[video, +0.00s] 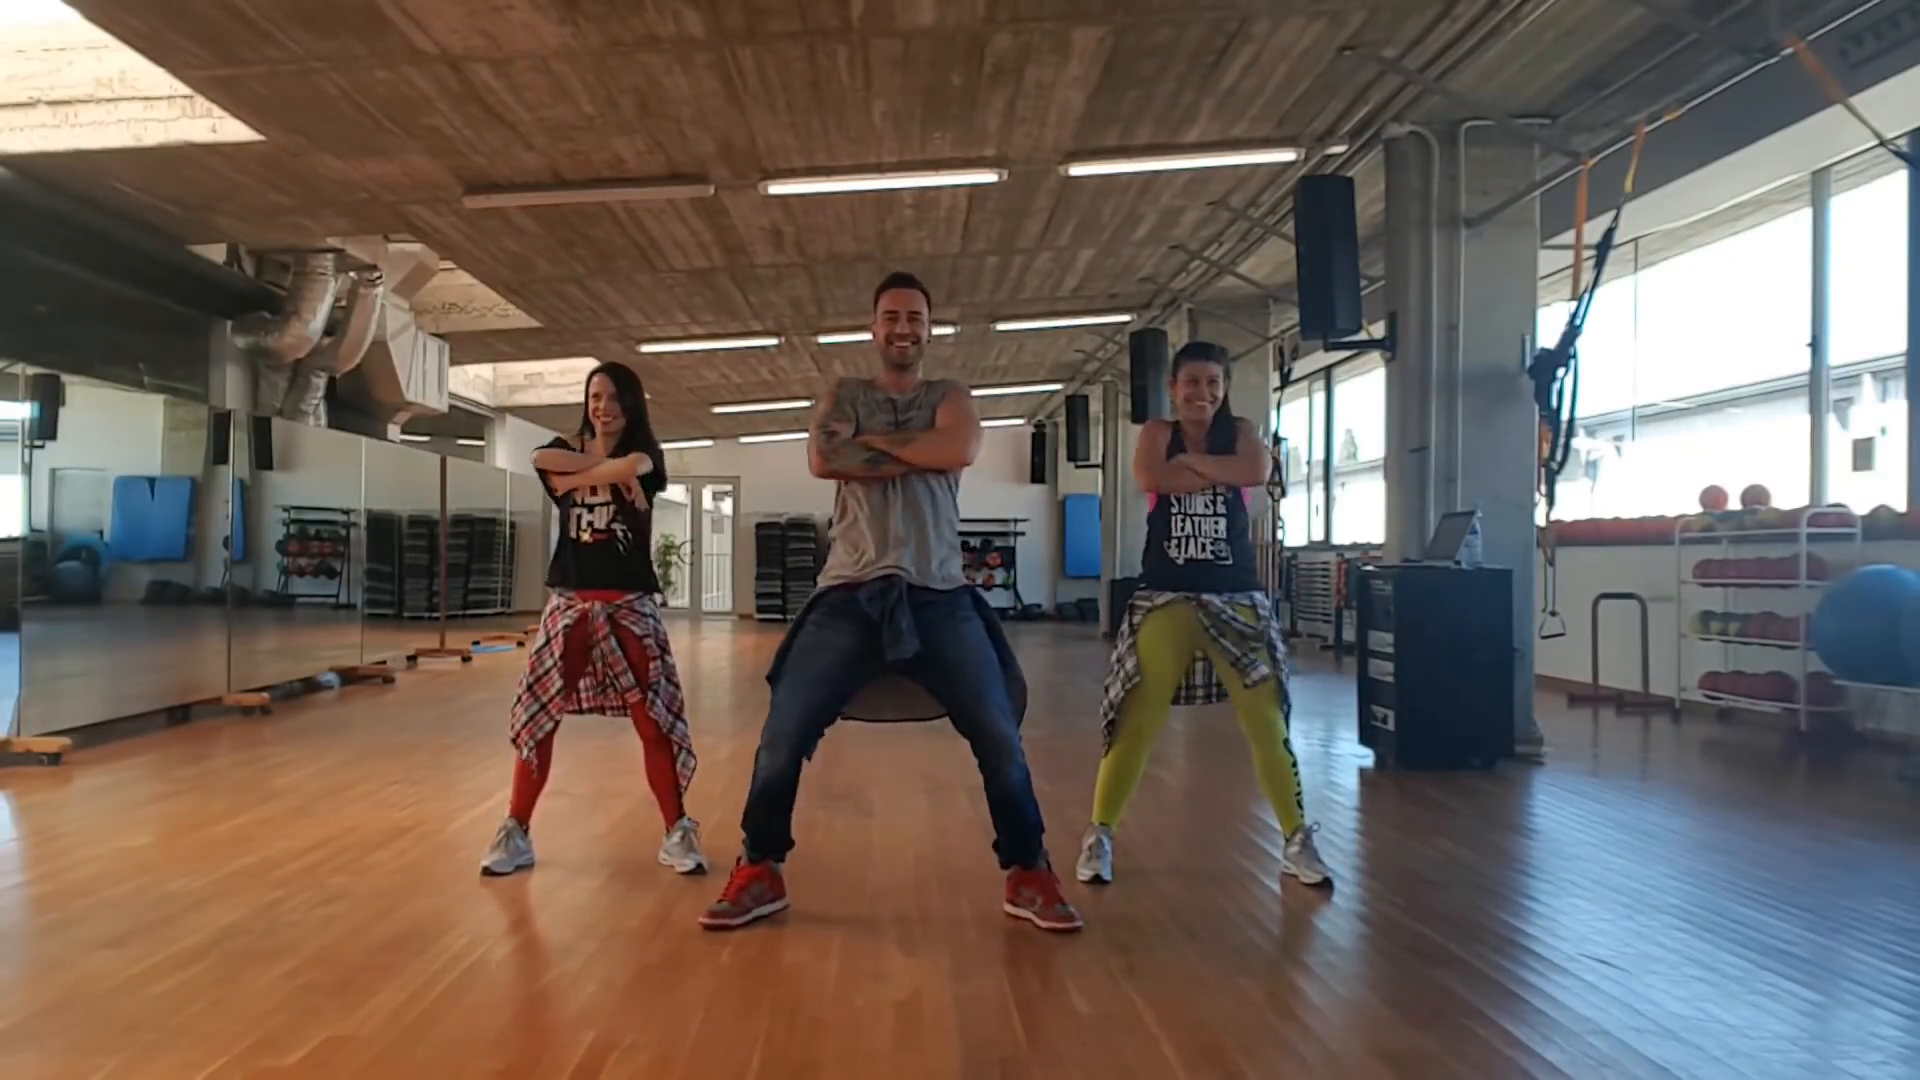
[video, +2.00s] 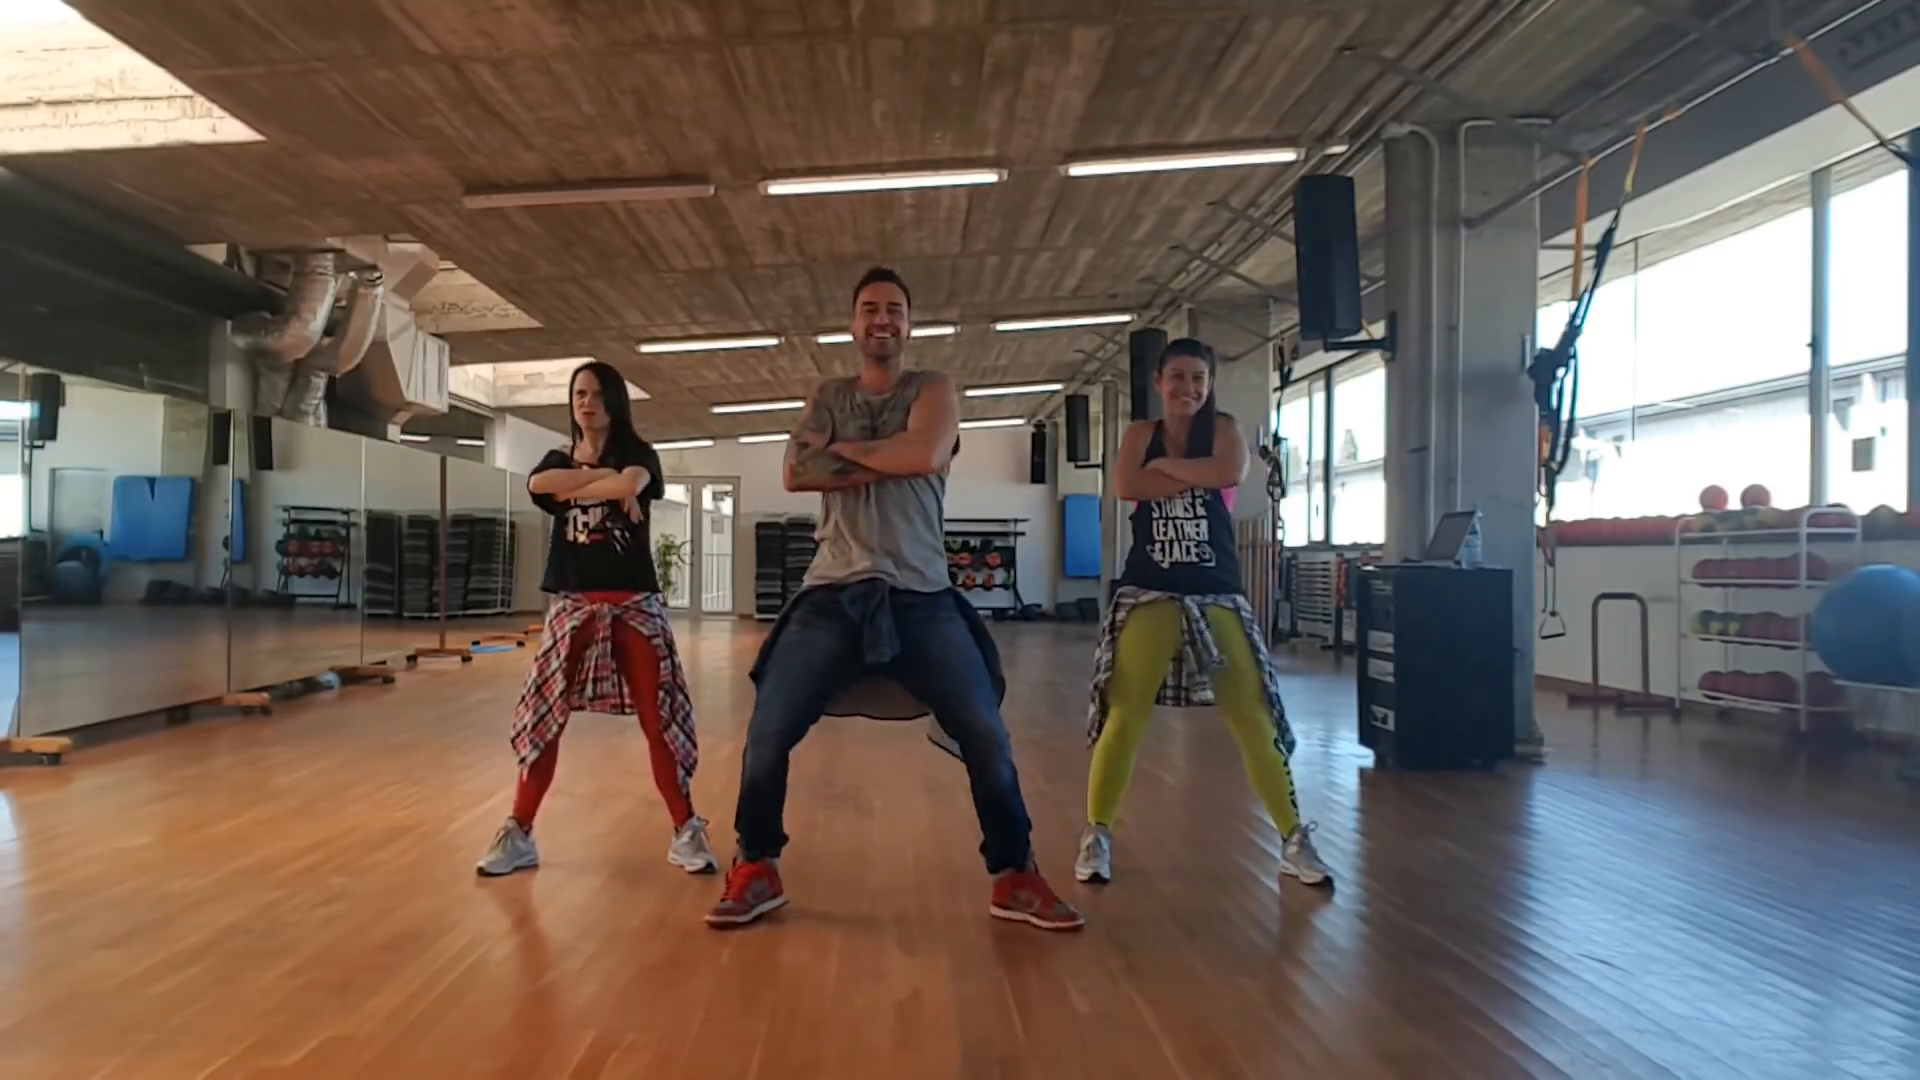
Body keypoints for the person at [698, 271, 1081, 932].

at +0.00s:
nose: (902, 327)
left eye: (914, 317)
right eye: (891, 316)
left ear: (930, 329)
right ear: (873, 327)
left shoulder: (948, 395)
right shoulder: (843, 394)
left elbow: (960, 450)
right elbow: (820, 461)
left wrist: (864, 439)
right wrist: (916, 456)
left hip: (938, 593)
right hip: (848, 590)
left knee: (997, 731)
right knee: (782, 729)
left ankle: (1028, 874)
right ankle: (760, 871)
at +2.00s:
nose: (880, 319)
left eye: (892, 309)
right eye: (869, 309)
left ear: (910, 324)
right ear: (850, 323)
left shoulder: (932, 388)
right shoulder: (827, 397)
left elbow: (926, 454)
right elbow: (796, 473)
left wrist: (838, 446)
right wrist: (889, 463)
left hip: (921, 595)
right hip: (832, 593)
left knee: (985, 730)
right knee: (766, 731)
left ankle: (1013, 876)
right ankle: (755, 869)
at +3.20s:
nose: (876, 329)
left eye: (888, 317)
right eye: (865, 316)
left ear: (905, 325)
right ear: (847, 324)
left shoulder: (932, 394)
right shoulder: (823, 396)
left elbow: (924, 463)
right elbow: (794, 475)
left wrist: (833, 447)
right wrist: (883, 466)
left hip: (920, 594)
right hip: (832, 593)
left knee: (980, 729)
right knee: (777, 736)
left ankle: (1013, 875)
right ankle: (763, 873)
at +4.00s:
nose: (911, 318)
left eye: (921, 309)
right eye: (899, 308)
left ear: (939, 324)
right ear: (881, 323)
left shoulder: (957, 396)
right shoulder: (858, 395)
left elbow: (989, 429)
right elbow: (826, 423)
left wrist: (991, 339)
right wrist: (833, 336)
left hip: (947, 590)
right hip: (860, 588)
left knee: (999, 727)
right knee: (805, 727)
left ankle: (1023, 873)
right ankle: (774, 871)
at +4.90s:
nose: (852, 364)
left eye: (865, 352)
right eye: (842, 351)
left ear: (880, 358)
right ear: (826, 357)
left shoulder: (900, 431)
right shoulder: (807, 424)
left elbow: (957, 467)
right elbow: (782, 460)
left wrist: (958, 380)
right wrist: (797, 377)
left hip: (873, 621)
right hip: (801, 620)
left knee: (934, 757)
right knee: (708, 721)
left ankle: (1055, 854)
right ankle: (748, 871)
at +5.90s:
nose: (895, 372)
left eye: (905, 359)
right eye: (883, 360)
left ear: (920, 362)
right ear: (868, 365)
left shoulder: (949, 428)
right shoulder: (846, 433)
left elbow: (955, 460)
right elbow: (787, 467)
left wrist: (925, 376)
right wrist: (772, 383)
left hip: (946, 621)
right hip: (874, 623)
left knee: (1034, 730)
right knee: (829, 760)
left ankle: (1031, 872)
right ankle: (699, 844)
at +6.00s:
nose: (921, 362)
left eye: (931, 348)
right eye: (909, 350)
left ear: (951, 350)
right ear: (895, 355)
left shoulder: (978, 413)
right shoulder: (878, 425)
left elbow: (999, 442)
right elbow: (812, 461)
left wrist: (962, 353)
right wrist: (797, 376)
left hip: (977, 604)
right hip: (903, 603)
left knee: (1051, 731)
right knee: (851, 747)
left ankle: (1033, 870)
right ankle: (746, 832)